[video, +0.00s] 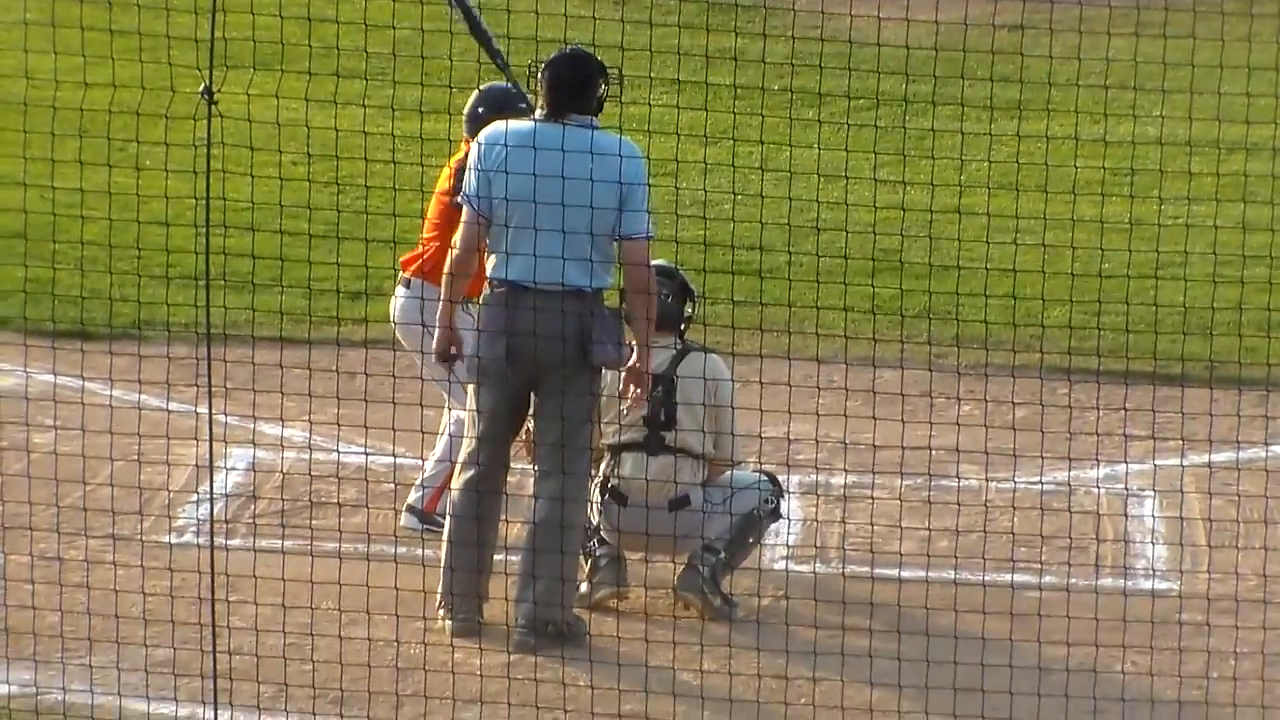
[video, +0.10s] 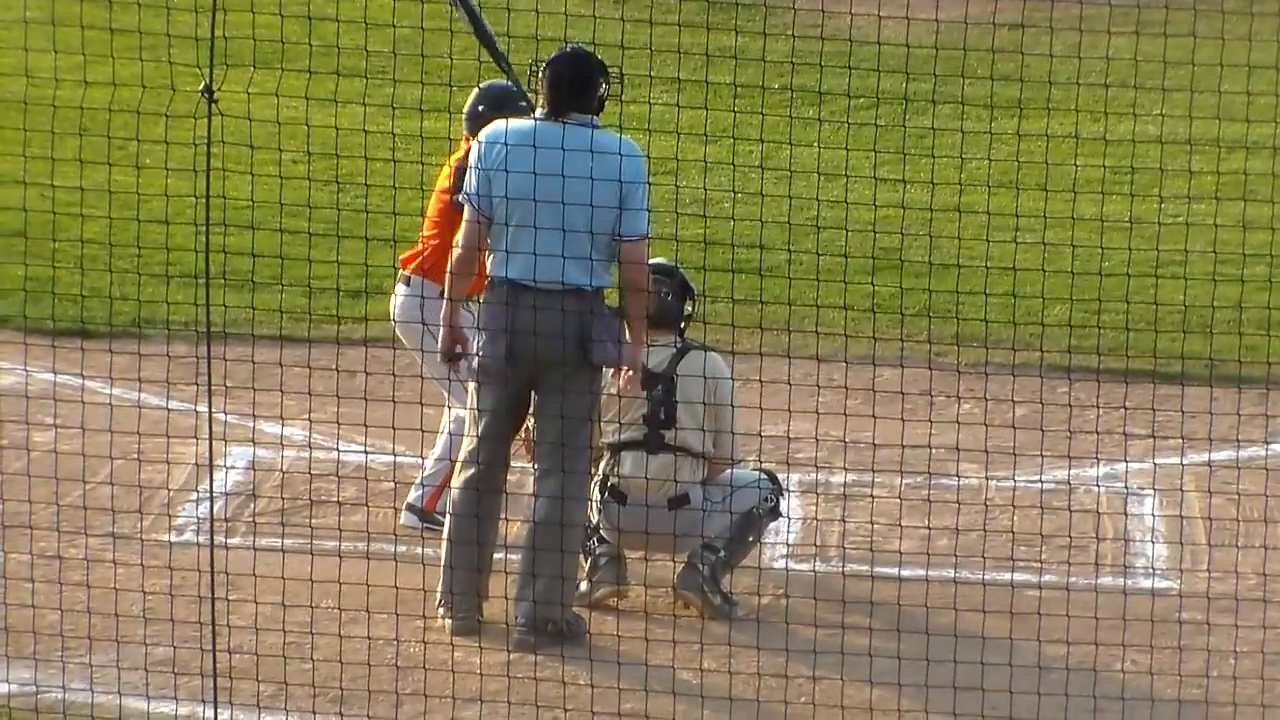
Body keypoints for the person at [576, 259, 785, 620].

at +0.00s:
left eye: (635, 300)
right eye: (684, 303)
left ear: (628, 309)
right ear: (681, 314)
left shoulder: (606, 364)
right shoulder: (709, 366)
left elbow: (587, 451)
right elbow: (720, 464)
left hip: (616, 518)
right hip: (683, 520)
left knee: (581, 474)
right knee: (766, 489)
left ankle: (604, 564)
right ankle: (704, 571)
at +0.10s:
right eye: (683, 302)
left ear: (629, 308)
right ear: (680, 313)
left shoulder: (607, 362)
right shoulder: (709, 364)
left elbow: (591, 447)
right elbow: (720, 461)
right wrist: (678, 476)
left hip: (617, 517)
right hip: (682, 519)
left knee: (599, 473)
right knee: (766, 488)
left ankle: (604, 564)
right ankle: (704, 570)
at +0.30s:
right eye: (684, 300)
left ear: (634, 308)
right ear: (682, 311)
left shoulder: (608, 361)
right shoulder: (709, 363)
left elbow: (592, 445)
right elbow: (720, 459)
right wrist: (681, 477)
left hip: (617, 516)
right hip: (682, 518)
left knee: (596, 470)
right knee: (765, 486)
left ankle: (604, 562)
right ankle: (704, 568)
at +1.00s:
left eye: (633, 293)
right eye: (686, 298)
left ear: (629, 303)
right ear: (682, 309)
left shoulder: (606, 357)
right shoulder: (709, 361)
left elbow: (585, 443)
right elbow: (719, 458)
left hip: (615, 512)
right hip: (680, 514)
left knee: (590, 470)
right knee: (765, 482)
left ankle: (604, 557)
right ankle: (703, 564)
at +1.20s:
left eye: (633, 291)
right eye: (682, 296)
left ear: (629, 302)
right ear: (680, 307)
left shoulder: (606, 357)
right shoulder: (707, 361)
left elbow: (595, 440)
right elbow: (722, 454)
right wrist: (685, 476)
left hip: (618, 512)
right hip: (682, 514)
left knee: (597, 467)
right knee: (763, 481)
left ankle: (603, 557)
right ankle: (703, 564)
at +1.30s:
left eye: (628, 293)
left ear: (625, 304)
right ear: (675, 308)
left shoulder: (607, 359)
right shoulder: (705, 362)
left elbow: (598, 441)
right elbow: (721, 455)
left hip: (619, 514)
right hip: (682, 516)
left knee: (597, 464)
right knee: (759, 480)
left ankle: (604, 556)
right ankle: (704, 564)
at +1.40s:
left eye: (623, 295)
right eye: (672, 298)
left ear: (617, 304)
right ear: (669, 306)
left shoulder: (601, 357)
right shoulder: (700, 359)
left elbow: (583, 440)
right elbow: (726, 445)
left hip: (617, 511)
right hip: (682, 512)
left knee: (590, 462)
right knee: (754, 477)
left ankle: (603, 554)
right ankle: (702, 564)